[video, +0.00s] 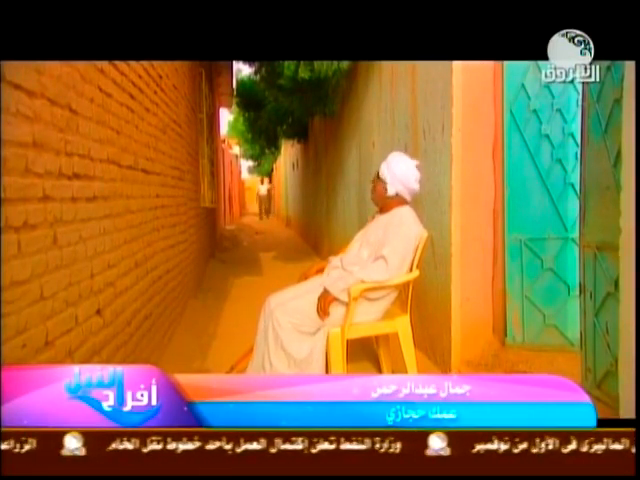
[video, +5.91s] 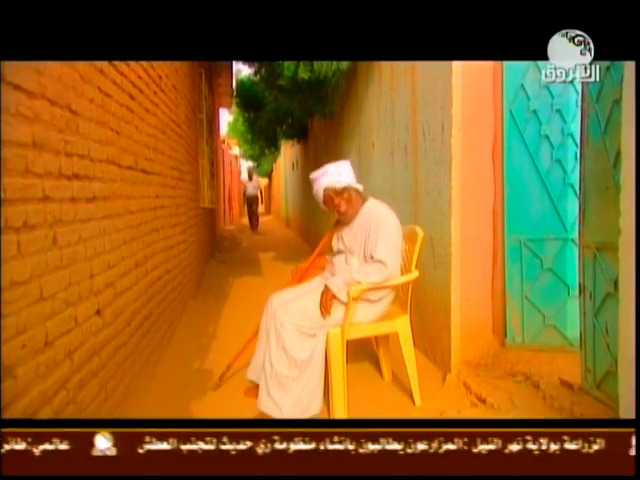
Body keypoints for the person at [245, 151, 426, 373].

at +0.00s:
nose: (372, 186)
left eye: (377, 181)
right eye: (375, 180)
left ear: (389, 188)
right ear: (391, 188)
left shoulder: (404, 222)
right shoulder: (387, 216)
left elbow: (388, 272)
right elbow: (357, 252)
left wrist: (335, 288)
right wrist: (326, 266)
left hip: (359, 297)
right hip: (341, 280)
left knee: (281, 314)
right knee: (273, 304)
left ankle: (281, 386)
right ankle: (268, 380)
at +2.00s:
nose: (376, 183)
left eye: (384, 179)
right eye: (378, 177)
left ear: (400, 189)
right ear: (387, 188)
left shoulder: (405, 223)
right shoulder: (386, 217)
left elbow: (388, 271)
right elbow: (357, 253)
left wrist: (336, 289)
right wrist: (326, 266)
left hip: (361, 298)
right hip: (342, 282)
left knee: (284, 315)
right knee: (274, 304)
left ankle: (288, 405)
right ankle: (265, 379)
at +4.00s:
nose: (385, 179)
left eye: (394, 175)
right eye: (382, 175)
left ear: (408, 187)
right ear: (377, 183)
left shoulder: (406, 223)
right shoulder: (381, 216)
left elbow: (388, 270)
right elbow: (354, 255)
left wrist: (336, 291)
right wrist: (325, 267)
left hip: (362, 300)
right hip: (341, 283)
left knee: (284, 315)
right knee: (274, 304)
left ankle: (289, 405)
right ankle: (265, 377)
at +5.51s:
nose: (356, 202)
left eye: (359, 193)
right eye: (349, 198)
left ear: (373, 190)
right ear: (345, 201)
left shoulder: (395, 218)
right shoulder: (361, 219)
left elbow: (389, 270)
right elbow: (344, 258)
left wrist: (339, 287)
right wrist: (328, 283)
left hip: (368, 299)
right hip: (342, 286)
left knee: (288, 315)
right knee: (278, 303)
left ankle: (289, 407)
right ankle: (268, 377)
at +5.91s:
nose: (335, 209)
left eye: (336, 201)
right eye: (330, 205)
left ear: (349, 194)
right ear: (330, 206)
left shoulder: (381, 217)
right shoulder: (347, 220)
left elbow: (387, 270)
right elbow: (340, 258)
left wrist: (340, 284)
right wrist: (328, 282)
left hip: (367, 299)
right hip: (340, 285)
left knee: (288, 316)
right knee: (276, 304)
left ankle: (289, 406)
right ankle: (267, 380)